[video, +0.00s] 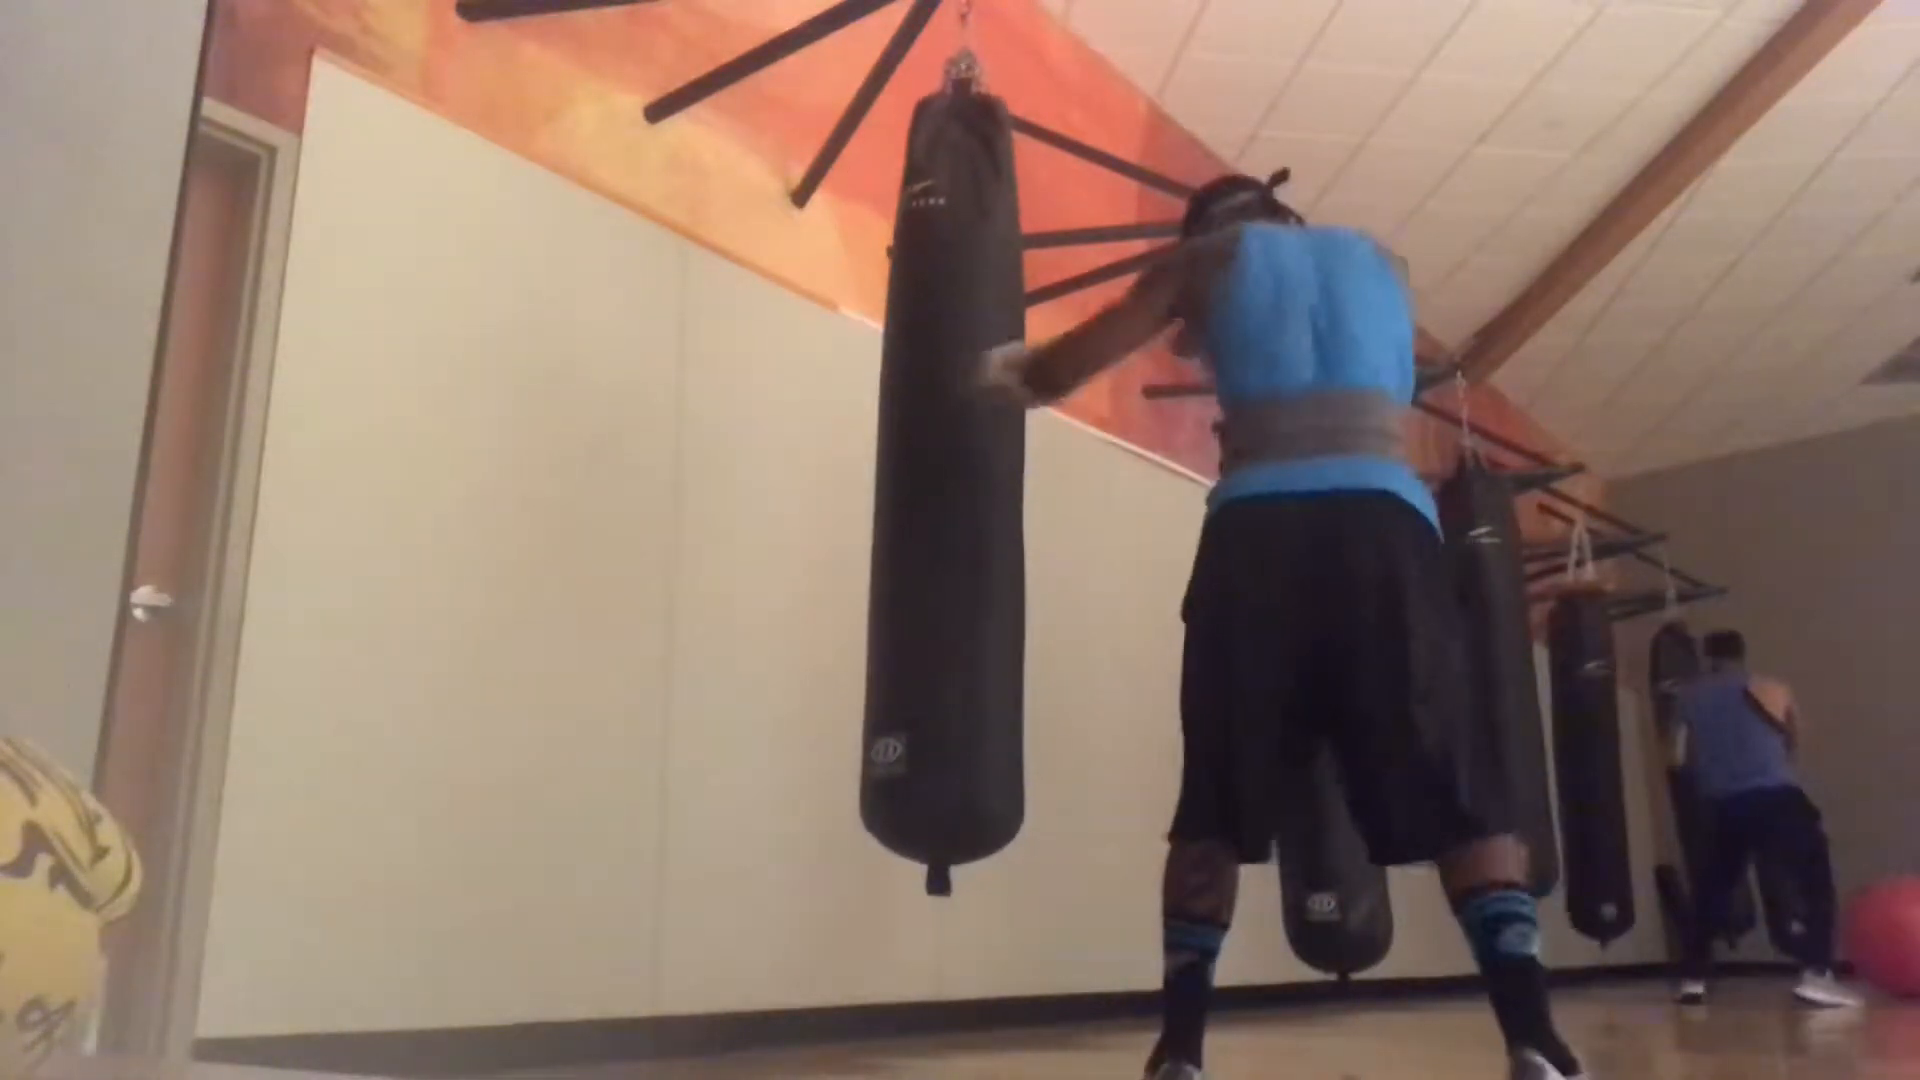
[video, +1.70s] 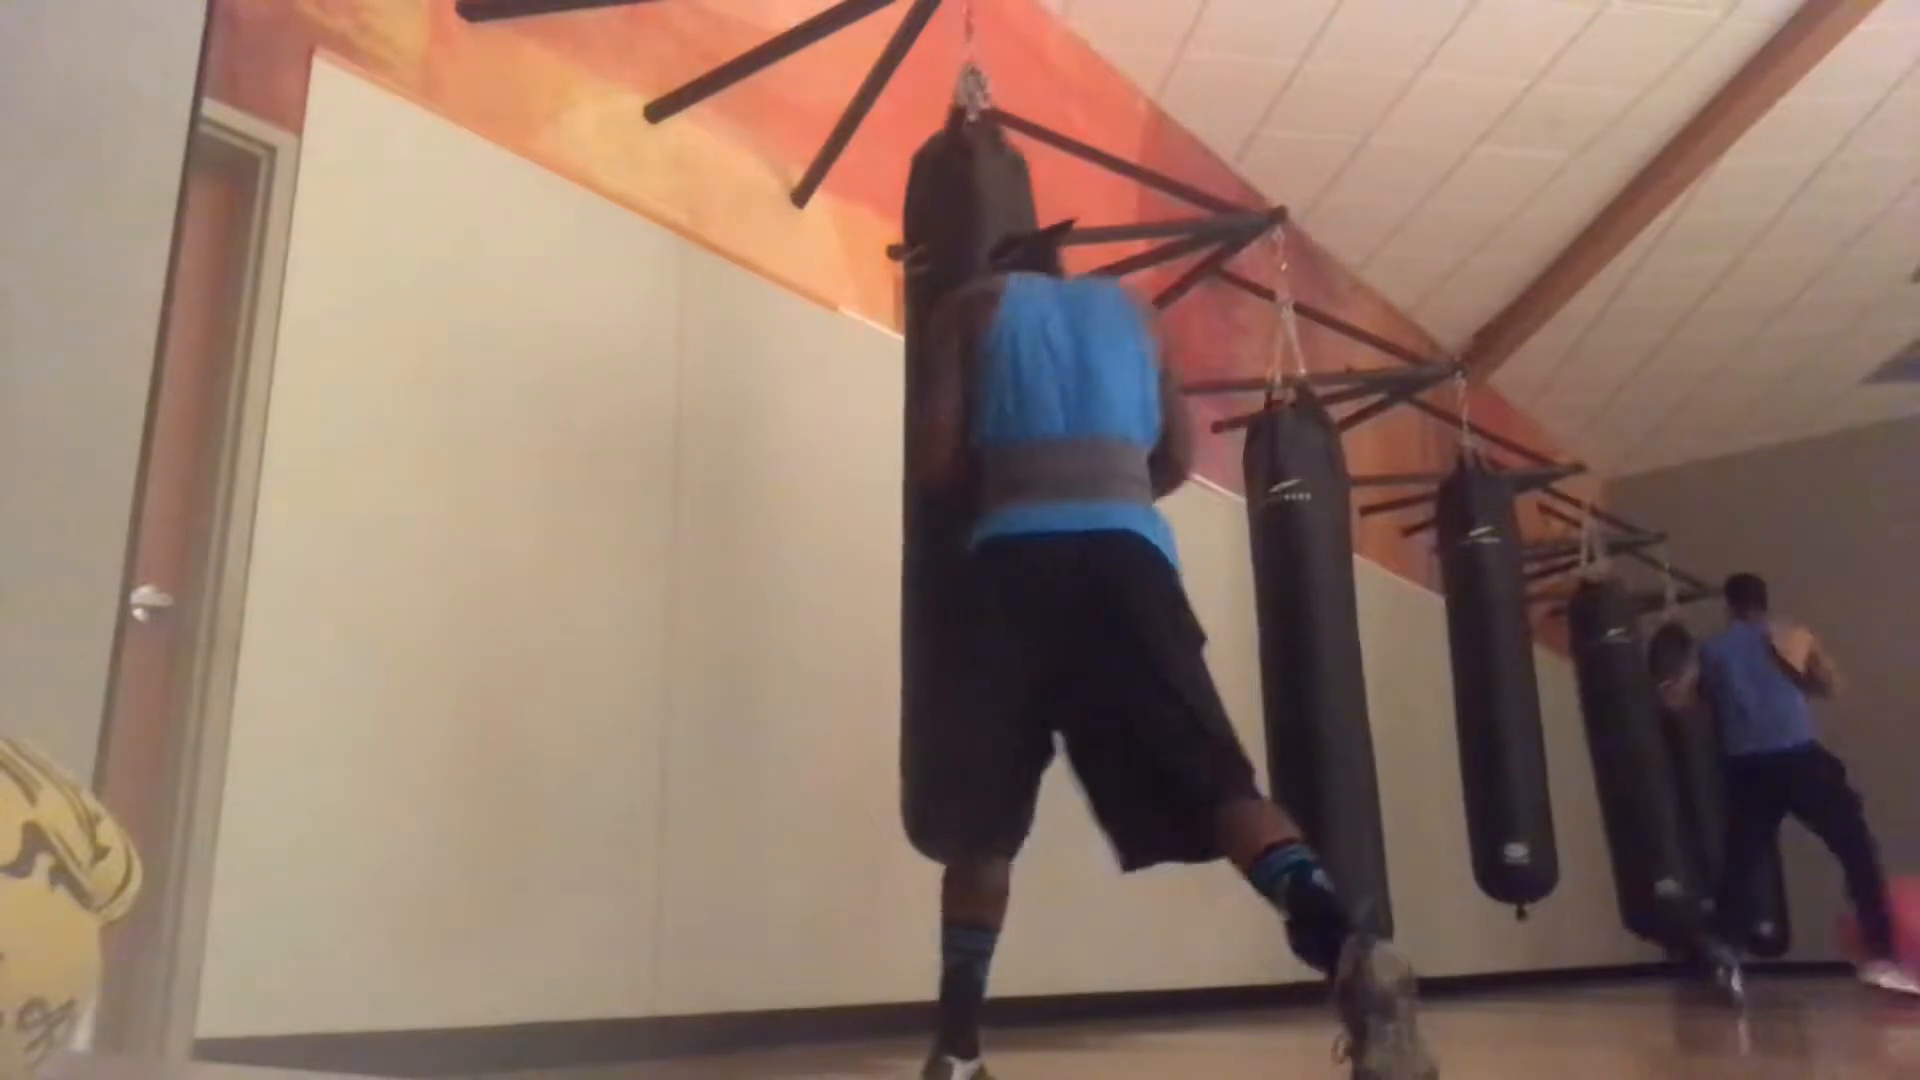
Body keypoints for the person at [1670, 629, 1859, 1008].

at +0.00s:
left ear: (1707, 660)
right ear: (1743, 657)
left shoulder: (1691, 699)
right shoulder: (1772, 690)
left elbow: (1680, 759)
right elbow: (1792, 743)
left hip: (1723, 806)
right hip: (1779, 799)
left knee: (1712, 887)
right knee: (1816, 882)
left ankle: (1694, 977)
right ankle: (1817, 973)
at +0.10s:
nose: (1734, 660)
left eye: (1727, 654)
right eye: (1738, 651)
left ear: (1717, 655)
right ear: (1754, 653)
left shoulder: (1699, 694)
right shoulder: (1781, 687)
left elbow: (1676, 750)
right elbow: (1803, 738)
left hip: (1733, 807)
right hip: (1786, 800)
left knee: (1717, 885)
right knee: (1822, 882)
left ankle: (1701, 975)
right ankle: (1817, 975)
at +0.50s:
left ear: (1691, 655)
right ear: (1726, 647)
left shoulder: (1685, 695)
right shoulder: (1754, 675)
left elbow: (1665, 754)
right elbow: (1801, 723)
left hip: (1731, 800)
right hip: (1785, 791)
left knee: (1724, 886)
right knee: (1816, 877)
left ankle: (1715, 979)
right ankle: (1817, 971)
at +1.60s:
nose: (1734, 613)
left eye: (1728, 606)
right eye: (1744, 602)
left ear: (1721, 608)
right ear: (1759, 602)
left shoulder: (1709, 651)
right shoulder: (1791, 635)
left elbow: (1683, 700)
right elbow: (1825, 690)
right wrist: (1790, 678)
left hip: (1745, 765)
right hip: (1800, 759)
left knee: (1742, 856)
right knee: (1840, 854)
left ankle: (1733, 948)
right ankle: (1833, 948)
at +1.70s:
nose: (1747, 612)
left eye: (1740, 605)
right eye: (1751, 603)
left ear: (1729, 608)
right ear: (1765, 602)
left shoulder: (1712, 651)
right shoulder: (1791, 636)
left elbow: (1684, 698)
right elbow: (1827, 684)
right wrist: (1789, 674)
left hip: (1746, 769)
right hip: (1802, 761)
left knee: (1741, 860)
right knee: (1857, 848)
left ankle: (1727, 954)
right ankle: (1880, 955)